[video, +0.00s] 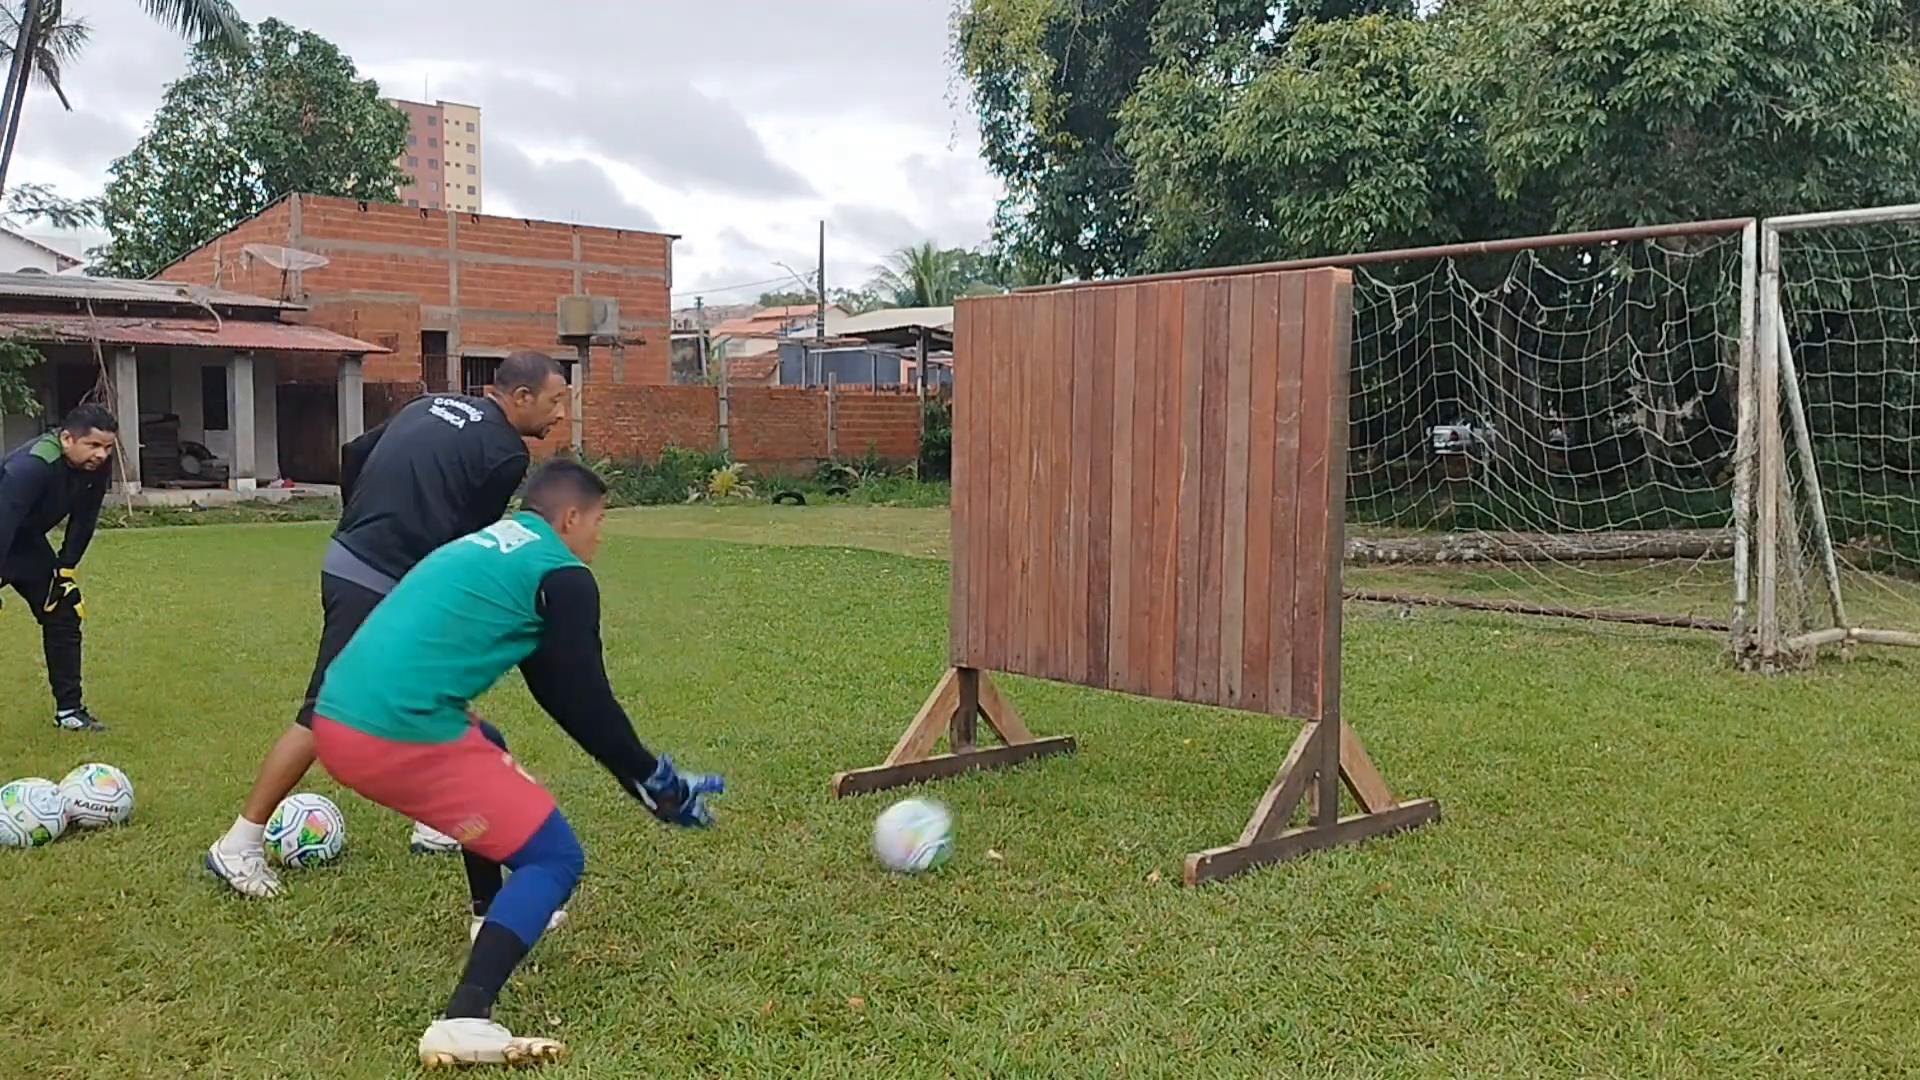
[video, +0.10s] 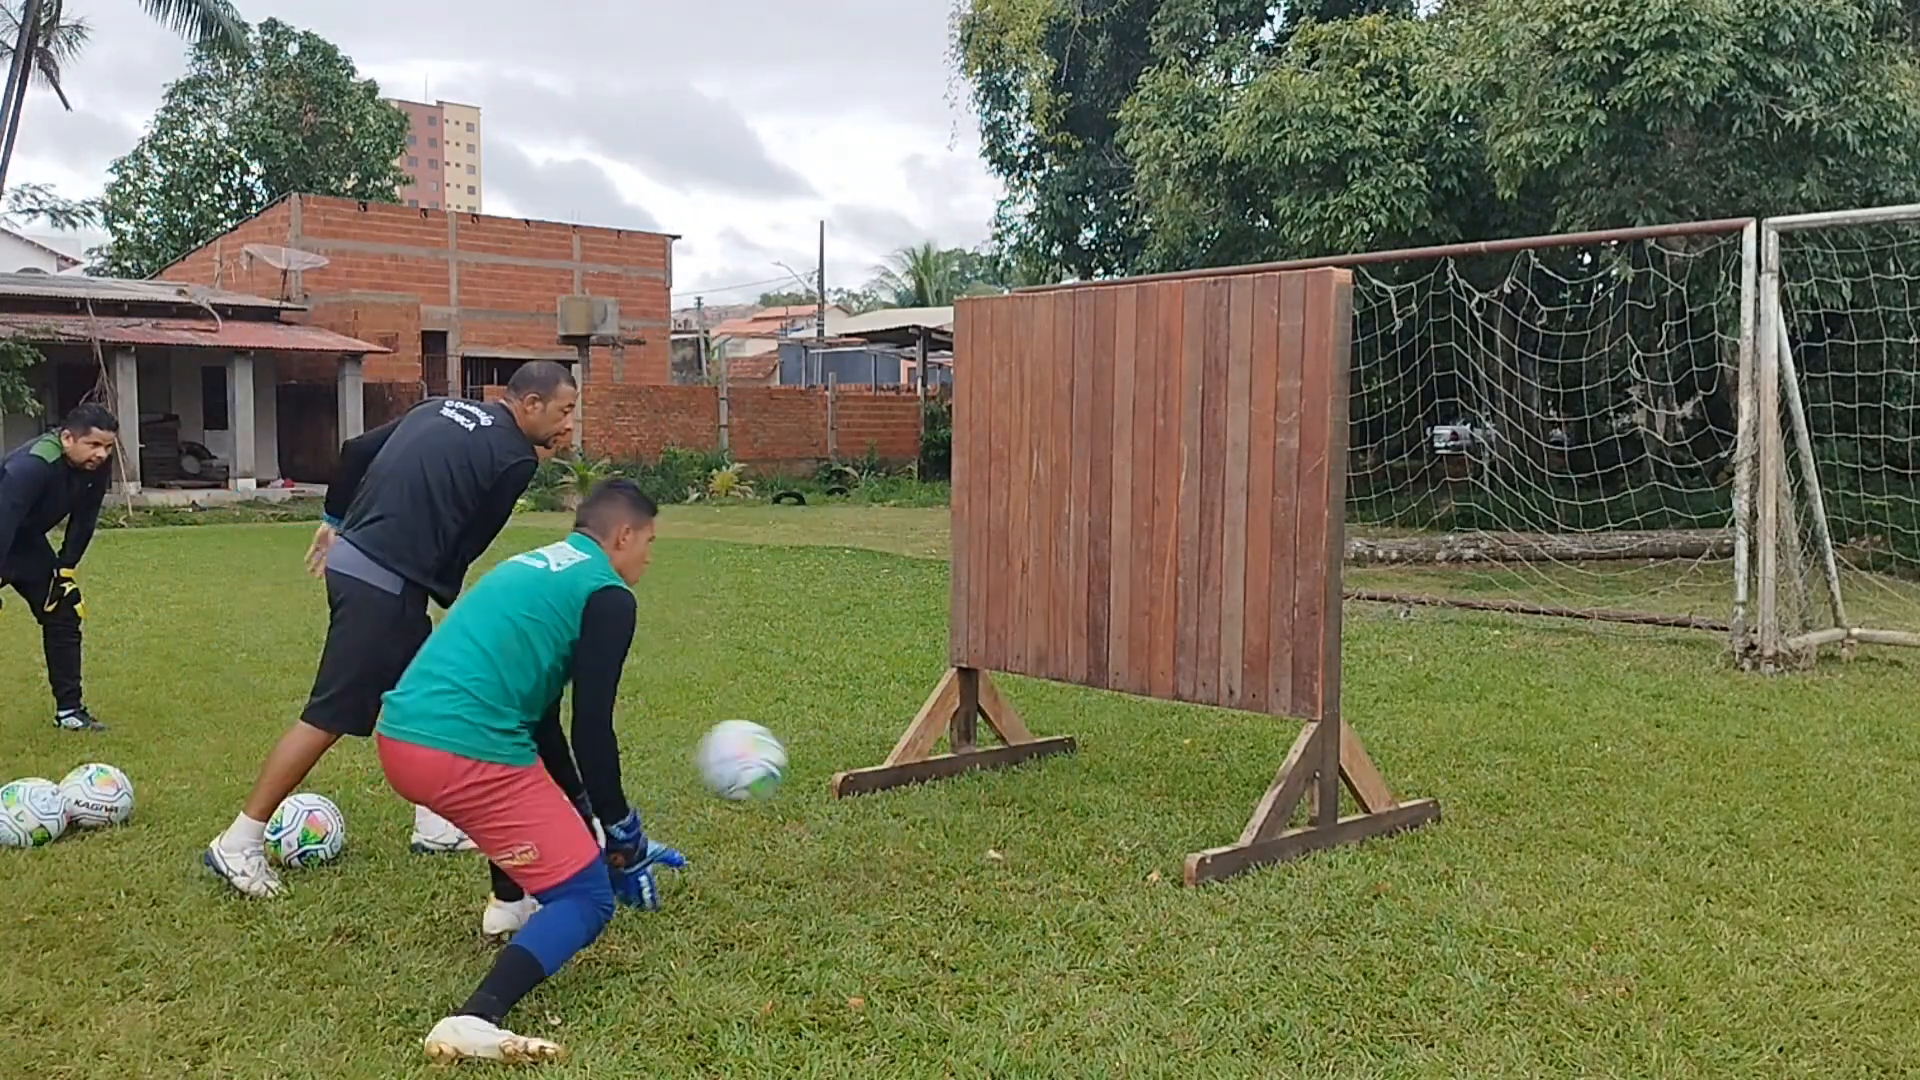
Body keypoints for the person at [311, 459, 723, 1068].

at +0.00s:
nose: (598, 538)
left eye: (600, 524)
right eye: (598, 523)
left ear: (534, 509)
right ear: (572, 517)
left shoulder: (496, 544)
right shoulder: (563, 574)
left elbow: (556, 694)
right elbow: (584, 700)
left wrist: (639, 770)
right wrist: (653, 780)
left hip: (343, 718)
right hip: (400, 737)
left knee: (485, 742)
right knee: (555, 859)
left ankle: (492, 911)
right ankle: (465, 1017)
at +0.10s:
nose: (647, 559)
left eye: (650, 545)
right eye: (648, 543)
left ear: (585, 530)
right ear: (624, 536)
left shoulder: (530, 565)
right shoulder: (608, 594)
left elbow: (540, 725)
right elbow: (592, 728)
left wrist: (584, 811)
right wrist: (623, 826)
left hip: (403, 737)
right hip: (469, 756)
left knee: (519, 773)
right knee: (587, 896)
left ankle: (510, 901)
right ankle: (476, 1018)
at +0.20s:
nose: (703, 596)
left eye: (705, 582)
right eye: (703, 581)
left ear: (639, 568)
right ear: (677, 578)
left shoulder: (583, 592)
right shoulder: (663, 633)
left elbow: (542, 695)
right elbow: (603, 740)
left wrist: (592, 771)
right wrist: (626, 808)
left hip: (441, 758)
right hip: (516, 778)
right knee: (614, 928)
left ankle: (521, 902)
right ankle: (497, 1008)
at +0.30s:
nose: (728, 636)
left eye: (730, 625)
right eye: (729, 625)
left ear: (668, 610)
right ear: (714, 625)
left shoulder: (615, 630)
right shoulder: (709, 683)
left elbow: (580, 707)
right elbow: (664, 801)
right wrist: (668, 733)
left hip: (479, 789)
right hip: (563, 816)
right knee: (647, 955)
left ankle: (520, 913)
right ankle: (527, 1006)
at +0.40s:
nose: (747, 678)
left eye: (749, 668)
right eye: (749, 667)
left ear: (693, 646)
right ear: (739, 664)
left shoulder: (647, 666)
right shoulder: (731, 706)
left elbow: (651, 804)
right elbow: (725, 824)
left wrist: (692, 774)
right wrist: (748, 764)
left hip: (497, 760)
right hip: (572, 791)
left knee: (533, 804)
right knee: (633, 954)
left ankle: (520, 909)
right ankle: (514, 997)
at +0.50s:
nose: (773, 714)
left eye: (775, 707)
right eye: (774, 707)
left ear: (719, 687)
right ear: (764, 704)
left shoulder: (678, 712)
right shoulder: (758, 739)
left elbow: (701, 838)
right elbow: (771, 862)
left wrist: (748, 795)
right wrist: (785, 789)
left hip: (538, 752)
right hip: (600, 781)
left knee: (571, 805)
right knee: (632, 949)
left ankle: (523, 892)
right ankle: (516, 1003)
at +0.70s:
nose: (846, 775)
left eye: (846, 767)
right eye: (849, 769)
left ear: (813, 739)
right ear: (846, 759)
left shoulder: (769, 745)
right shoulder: (836, 773)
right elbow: (787, 870)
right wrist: (821, 851)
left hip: (636, 737)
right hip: (689, 757)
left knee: (627, 863)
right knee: (701, 914)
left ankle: (554, 848)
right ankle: (559, 957)